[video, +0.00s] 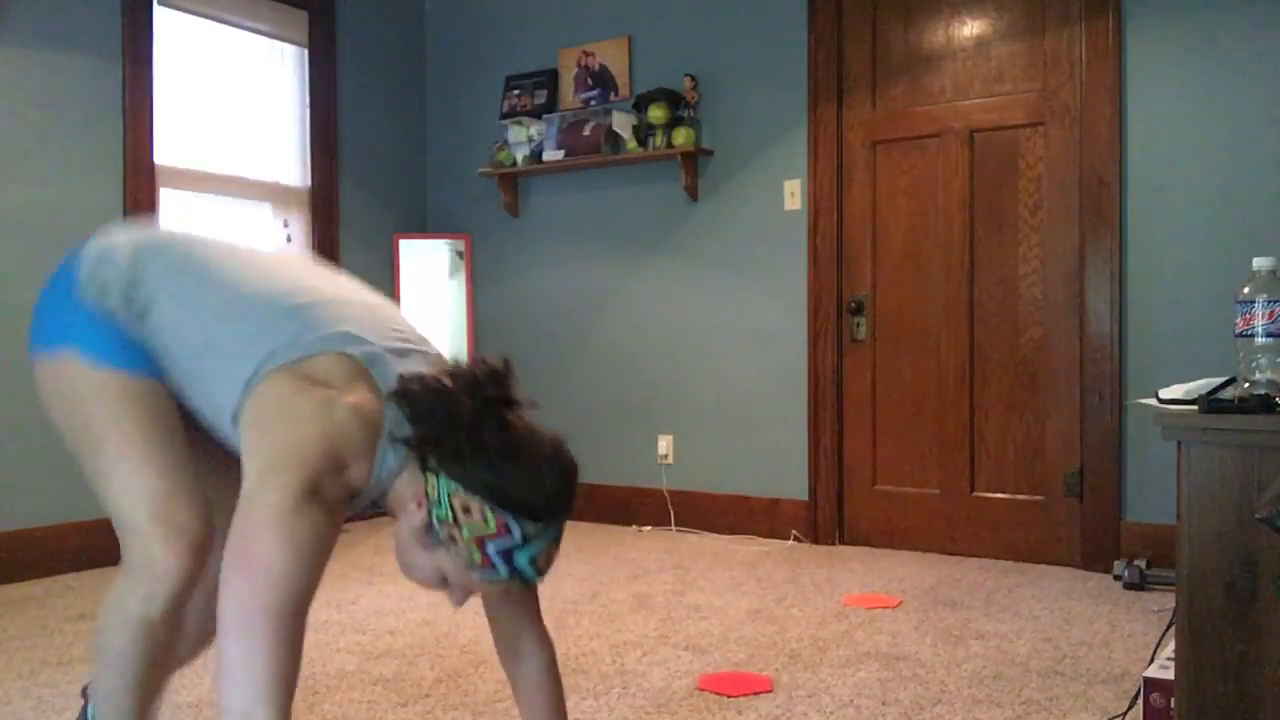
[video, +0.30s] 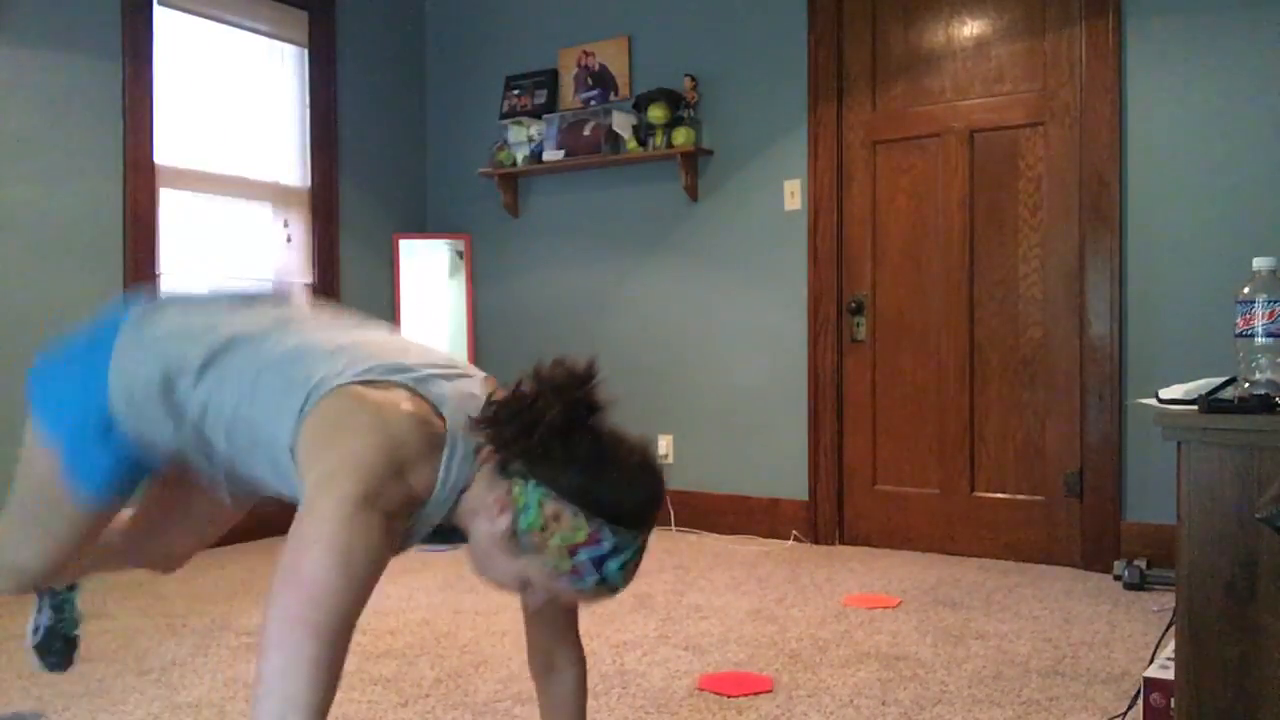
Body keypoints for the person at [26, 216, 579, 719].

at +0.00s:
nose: (458, 599)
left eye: (479, 592)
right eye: (456, 578)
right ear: (429, 504)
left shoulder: (473, 429)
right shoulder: (314, 433)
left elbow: (523, 638)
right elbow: (252, 705)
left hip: (208, 288)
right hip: (101, 289)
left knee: (236, 575)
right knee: (169, 553)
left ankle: (101, 696)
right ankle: (112, 708)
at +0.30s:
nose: (540, 594)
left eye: (559, 585)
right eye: (541, 573)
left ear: (531, 494)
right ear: (509, 500)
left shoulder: (537, 454)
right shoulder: (371, 458)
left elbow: (558, 660)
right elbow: (289, 702)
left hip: (258, 373)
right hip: (128, 363)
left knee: (156, 548)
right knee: (27, 560)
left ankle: (51, 567)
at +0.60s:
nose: (450, 567)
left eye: (469, 553)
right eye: (448, 545)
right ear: (408, 485)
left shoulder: (446, 489)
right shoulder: (255, 493)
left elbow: (519, 662)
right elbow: (214, 714)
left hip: (164, 650)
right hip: (60, 643)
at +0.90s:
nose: (550, 701)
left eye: (579, 688)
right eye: (559, 676)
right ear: (529, 623)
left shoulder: (489, 577)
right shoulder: (347, 578)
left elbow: (600, 682)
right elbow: (198, 710)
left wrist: (598, 701)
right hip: (93, 662)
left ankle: (37, 623)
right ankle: (26, 630)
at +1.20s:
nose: (590, 646)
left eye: (589, 650)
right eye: (601, 651)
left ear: (567, 666)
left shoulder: (477, 689)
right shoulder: (481, 692)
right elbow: (622, 649)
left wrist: (551, 680)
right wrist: (572, 685)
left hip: (271, 675)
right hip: (268, 682)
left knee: (147, 681)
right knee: (143, 682)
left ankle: (57, 629)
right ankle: (54, 627)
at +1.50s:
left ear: (564, 664)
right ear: (558, 714)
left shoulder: (521, 669)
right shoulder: (415, 687)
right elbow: (291, 712)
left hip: (297, 669)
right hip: (244, 698)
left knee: (171, 674)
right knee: (147, 689)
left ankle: (63, 620)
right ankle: (61, 622)